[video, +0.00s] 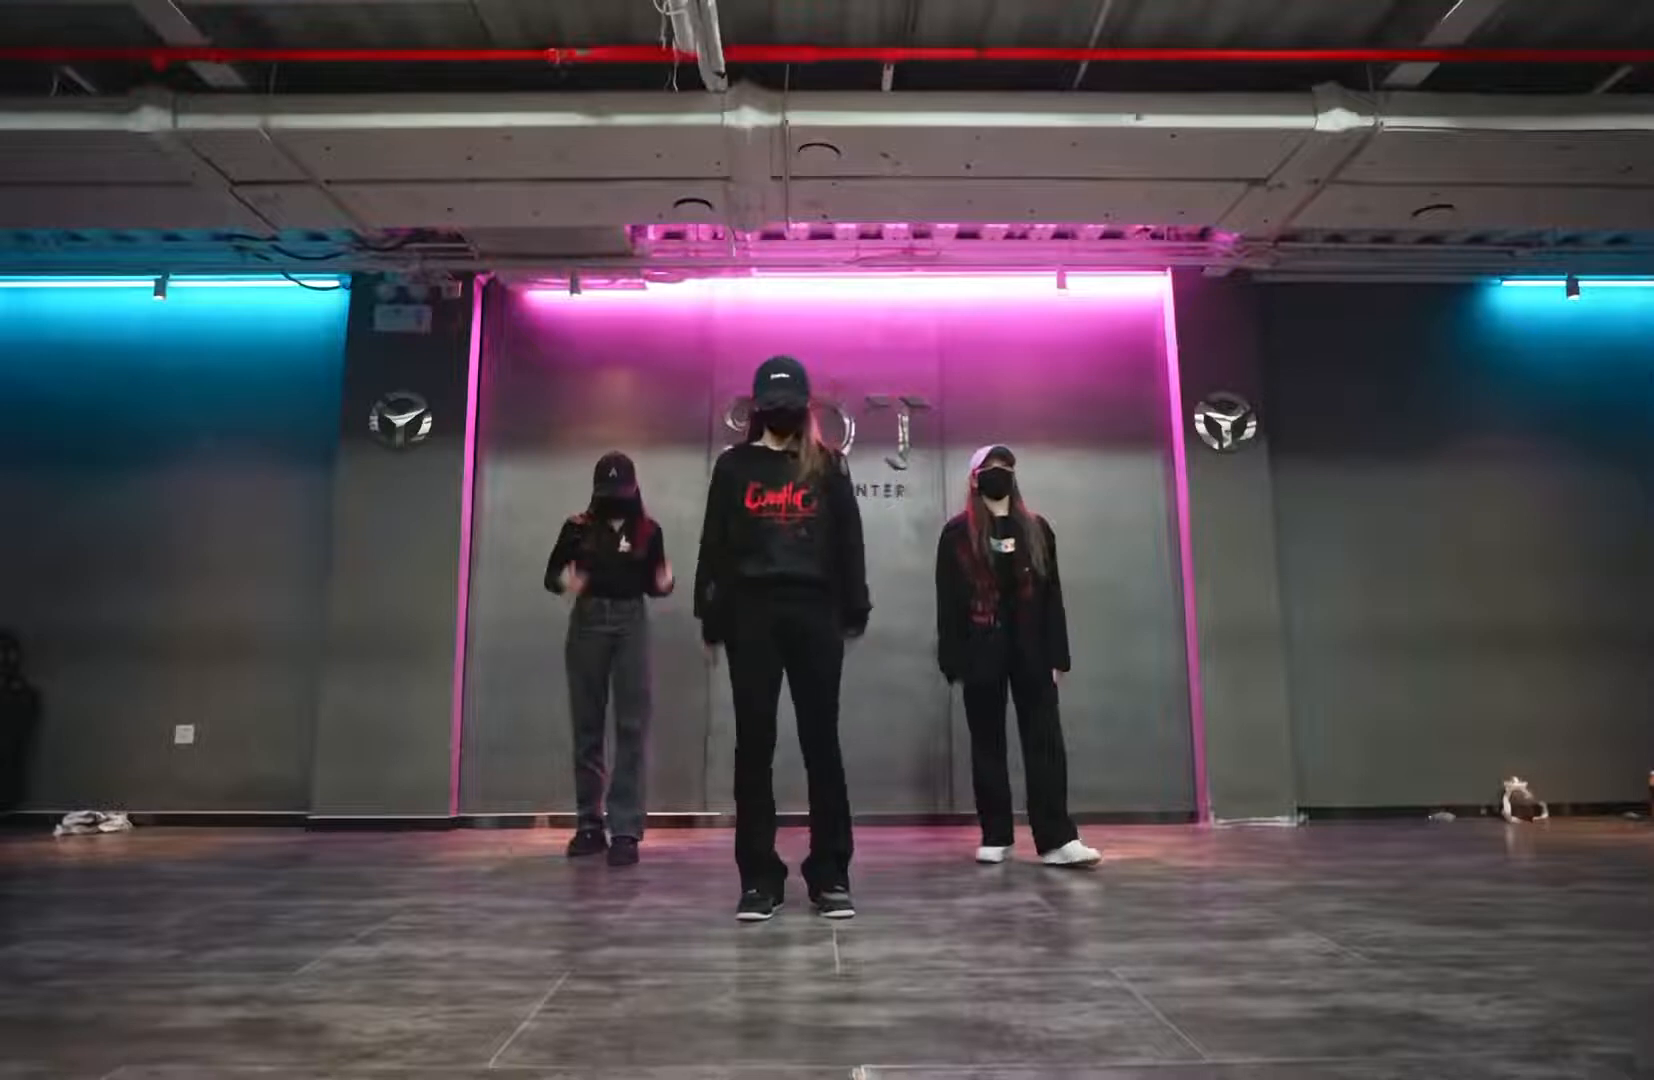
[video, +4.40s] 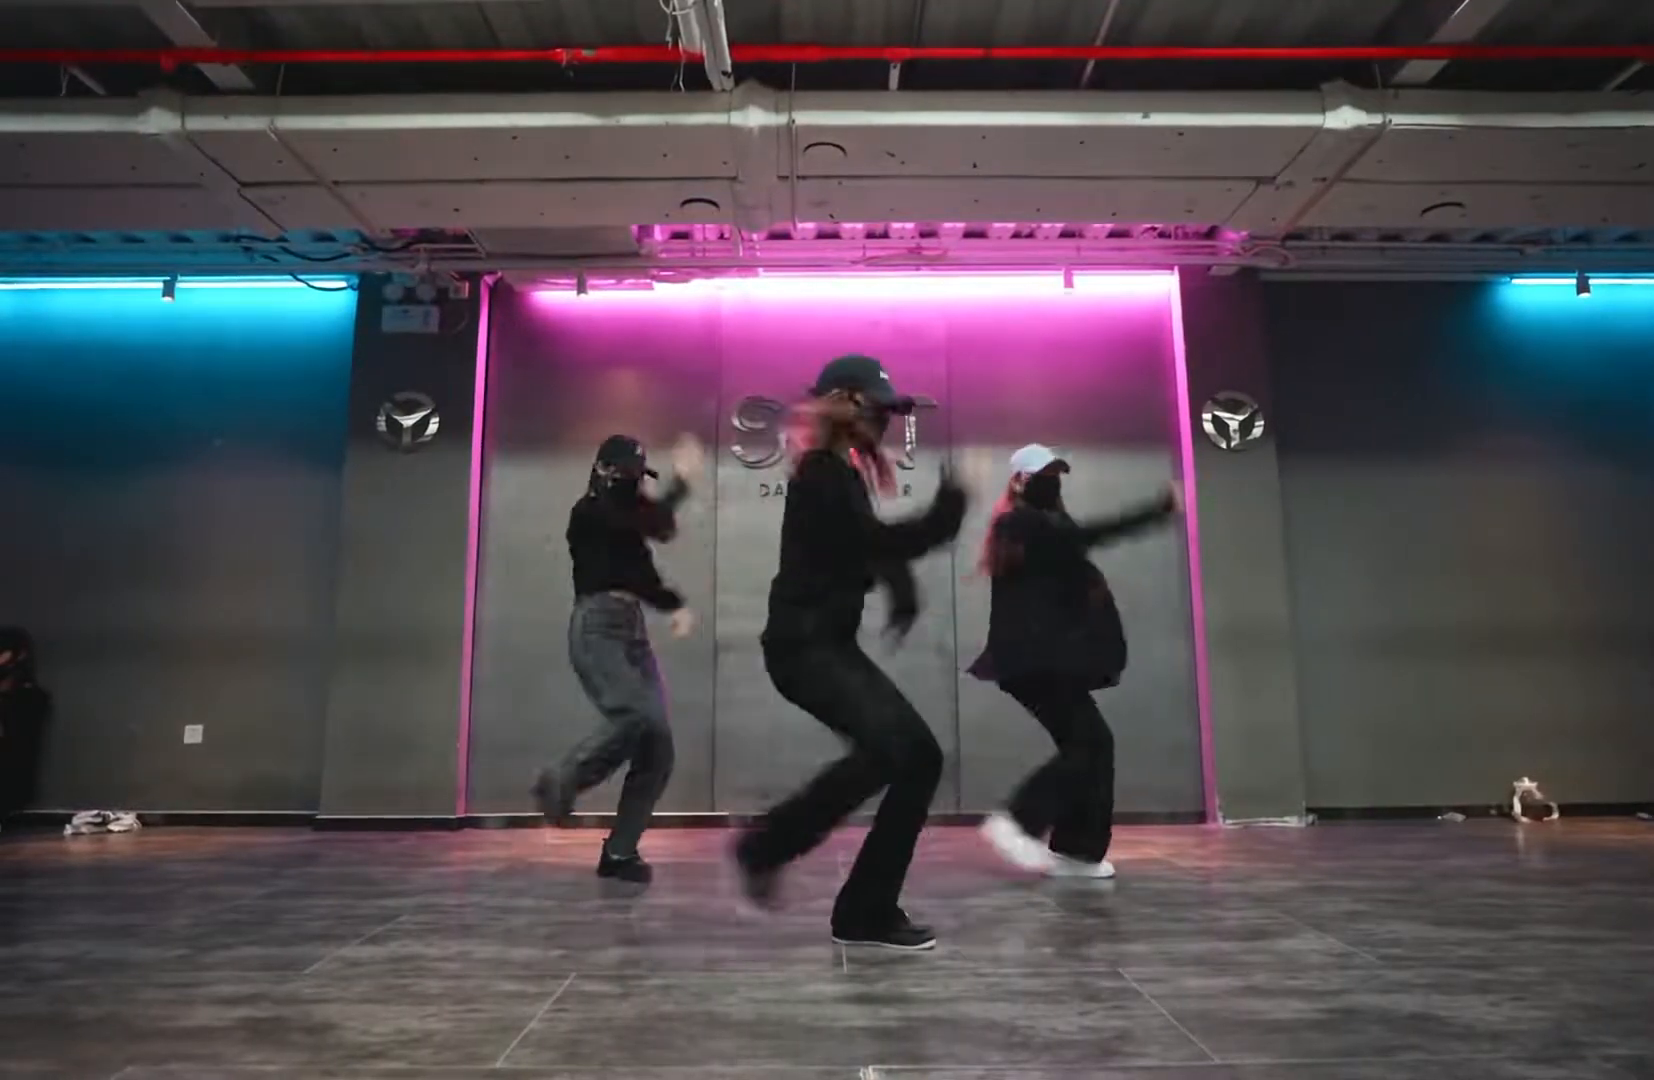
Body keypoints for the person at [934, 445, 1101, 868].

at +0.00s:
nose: (998, 477)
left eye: (1005, 470)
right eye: (989, 471)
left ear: (1015, 476)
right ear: (975, 479)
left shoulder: (1037, 528)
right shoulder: (957, 533)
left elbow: (1052, 596)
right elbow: (948, 601)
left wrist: (1059, 654)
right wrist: (951, 660)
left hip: (1031, 652)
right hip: (981, 656)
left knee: (1045, 743)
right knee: (988, 747)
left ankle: (1057, 840)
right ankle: (995, 839)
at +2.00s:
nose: (1041, 476)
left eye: (1047, 468)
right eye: (1032, 469)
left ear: (1056, 473)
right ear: (1017, 475)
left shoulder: (1077, 524)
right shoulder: (996, 526)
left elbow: (1093, 592)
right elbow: (986, 594)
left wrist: (1100, 649)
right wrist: (988, 651)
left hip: (1069, 656)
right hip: (1015, 657)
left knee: (1067, 749)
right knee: (1016, 749)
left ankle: (1064, 838)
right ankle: (1012, 840)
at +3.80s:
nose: (1038, 500)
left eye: (1045, 491)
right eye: (1029, 492)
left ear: (1055, 495)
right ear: (1013, 496)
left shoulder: (1073, 542)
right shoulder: (992, 547)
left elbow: (1100, 604)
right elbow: (971, 605)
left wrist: (1065, 597)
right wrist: (954, 599)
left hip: (1066, 660)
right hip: (1008, 659)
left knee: (1091, 744)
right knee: (975, 732)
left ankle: (1091, 839)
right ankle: (972, 830)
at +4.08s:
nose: (1024, 506)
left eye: (1031, 497)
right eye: (1015, 498)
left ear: (1041, 503)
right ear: (997, 503)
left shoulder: (1055, 556)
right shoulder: (971, 555)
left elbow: (1089, 607)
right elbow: (942, 605)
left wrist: (1132, 606)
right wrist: (988, 594)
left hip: (1041, 668)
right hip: (985, 671)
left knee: (1101, 740)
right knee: (978, 762)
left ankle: (1076, 830)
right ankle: (928, 859)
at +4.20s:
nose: (1042, 510)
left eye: (1047, 502)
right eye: (1033, 502)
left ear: (1053, 507)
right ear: (1012, 508)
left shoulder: (1047, 558)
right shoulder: (999, 558)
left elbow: (1076, 600)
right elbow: (1018, 618)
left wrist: (1094, 616)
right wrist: (1078, 619)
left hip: (1043, 683)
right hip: (1003, 682)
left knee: (1100, 751)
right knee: (997, 774)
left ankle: (1066, 853)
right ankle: (921, 853)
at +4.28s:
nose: (1049, 506)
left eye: (1053, 498)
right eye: (1041, 499)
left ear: (1057, 501)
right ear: (1017, 502)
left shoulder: (1046, 550)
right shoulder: (1012, 551)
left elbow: (1076, 601)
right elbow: (1045, 615)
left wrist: (1104, 624)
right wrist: (1112, 623)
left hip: (1044, 679)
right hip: (1022, 681)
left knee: (1102, 751)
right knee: (1011, 774)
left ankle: (1071, 853)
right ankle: (927, 844)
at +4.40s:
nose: (1058, 485)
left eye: (1057, 477)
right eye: (1050, 478)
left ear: (1026, 484)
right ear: (1025, 482)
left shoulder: (1040, 526)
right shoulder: (1023, 525)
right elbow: (1088, 534)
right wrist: (1159, 510)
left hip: (1047, 659)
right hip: (1031, 659)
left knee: (1089, 744)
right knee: (1089, 742)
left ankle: (1075, 853)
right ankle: (1014, 822)